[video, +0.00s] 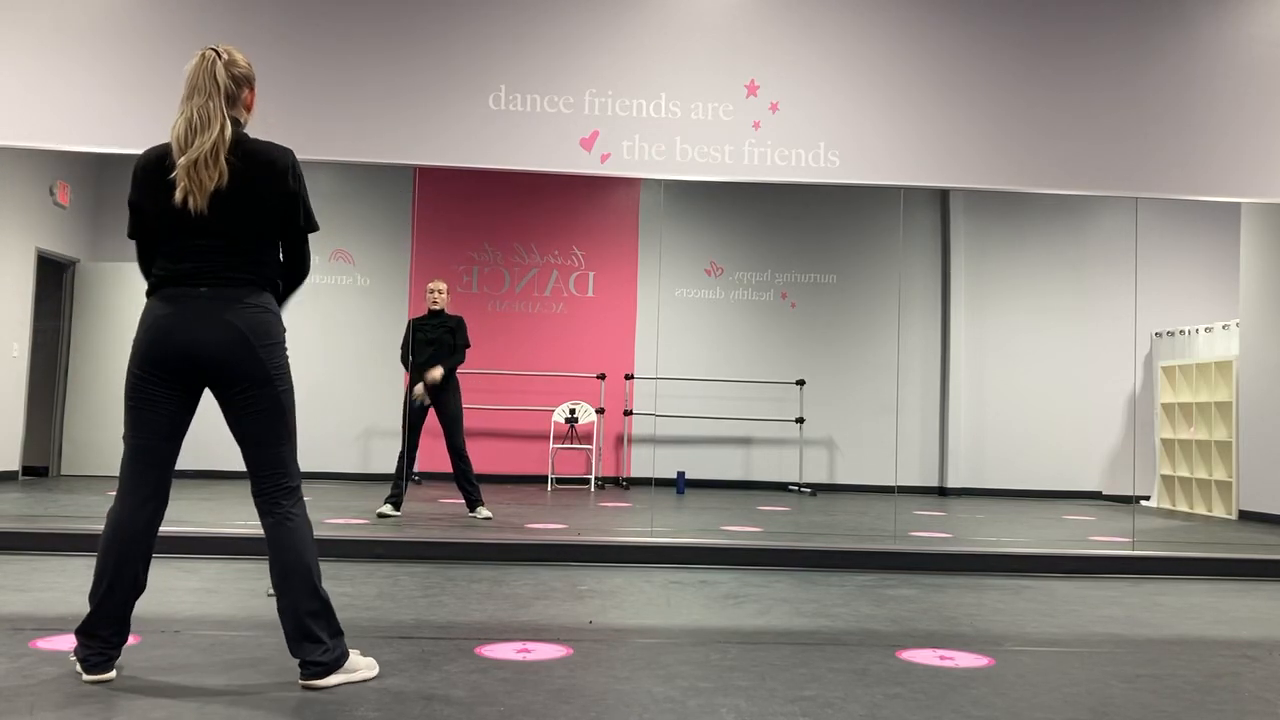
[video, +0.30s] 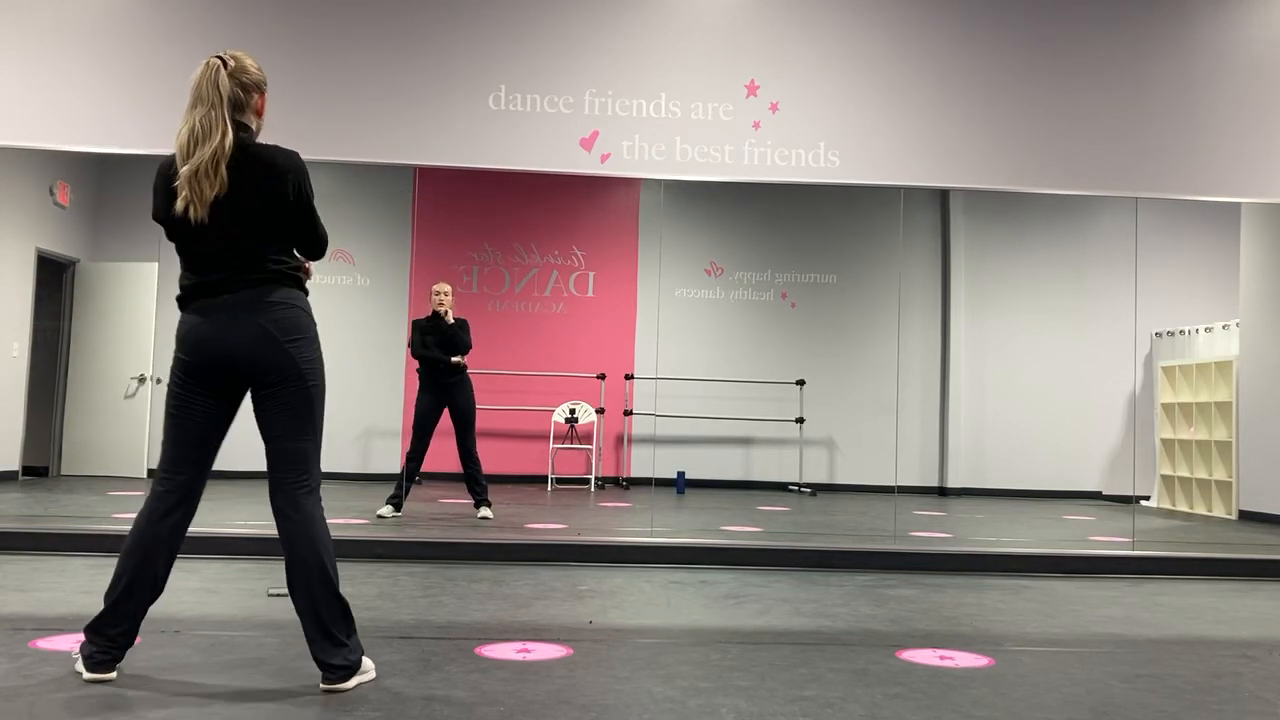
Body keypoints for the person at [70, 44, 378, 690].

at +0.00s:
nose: (256, 102)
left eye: (253, 92)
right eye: (254, 93)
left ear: (191, 94)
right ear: (245, 97)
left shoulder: (153, 164)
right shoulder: (276, 163)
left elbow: (147, 255)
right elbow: (297, 260)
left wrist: (176, 298)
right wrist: (256, 302)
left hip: (165, 323)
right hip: (249, 323)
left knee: (139, 488)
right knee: (280, 493)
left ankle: (97, 649)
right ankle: (321, 656)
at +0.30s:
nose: (268, 107)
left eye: (265, 95)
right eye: (265, 97)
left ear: (202, 100)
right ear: (252, 101)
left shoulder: (172, 173)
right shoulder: (281, 165)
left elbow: (193, 239)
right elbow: (314, 242)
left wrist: (288, 263)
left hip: (202, 326)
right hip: (280, 321)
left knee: (173, 486)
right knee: (297, 488)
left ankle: (103, 647)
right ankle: (338, 657)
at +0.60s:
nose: (276, 105)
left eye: (272, 95)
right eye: (273, 96)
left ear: (212, 99)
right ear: (262, 102)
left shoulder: (176, 168)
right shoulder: (292, 165)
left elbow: (189, 240)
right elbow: (315, 235)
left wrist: (266, 228)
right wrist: (260, 217)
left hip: (180, 324)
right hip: (260, 326)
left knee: (149, 486)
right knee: (282, 494)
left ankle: (100, 648)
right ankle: (338, 658)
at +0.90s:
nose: (268, 107)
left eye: (265, 97)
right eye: (266, 98)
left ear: (203, 99)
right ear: (255, 103)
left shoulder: (167, 169)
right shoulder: (288, 171)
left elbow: (164, 247)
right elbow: (298, 245)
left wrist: (226, 252)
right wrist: (234, 247)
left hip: (169, 324)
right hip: (252, 328)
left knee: (141, 486)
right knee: (278, 496)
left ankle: (99, 650)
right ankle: (337, 659)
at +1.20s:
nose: (276, 113)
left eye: (274, 102)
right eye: (274, 103)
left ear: (209, 103)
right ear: (260, 106)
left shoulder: (176, 174)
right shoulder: (283, 166)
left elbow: (186, 245)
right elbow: (319, 245)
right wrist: (313, 243)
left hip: (206, 331)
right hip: (282, 325)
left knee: (172, 489)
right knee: (300, 493)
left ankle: (101, 647)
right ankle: (338, 658)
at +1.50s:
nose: (279, 108)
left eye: (276, 99)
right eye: (277, 99)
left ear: (213, 101)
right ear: (266, 102)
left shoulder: (180, 168)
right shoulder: (293, 162)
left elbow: (184, 239)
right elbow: (323, 236)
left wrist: (285, 239)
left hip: (196, 326)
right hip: (276, 324)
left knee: (161, 490)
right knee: (296, 494)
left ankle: (100, 649)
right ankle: (338, 658)